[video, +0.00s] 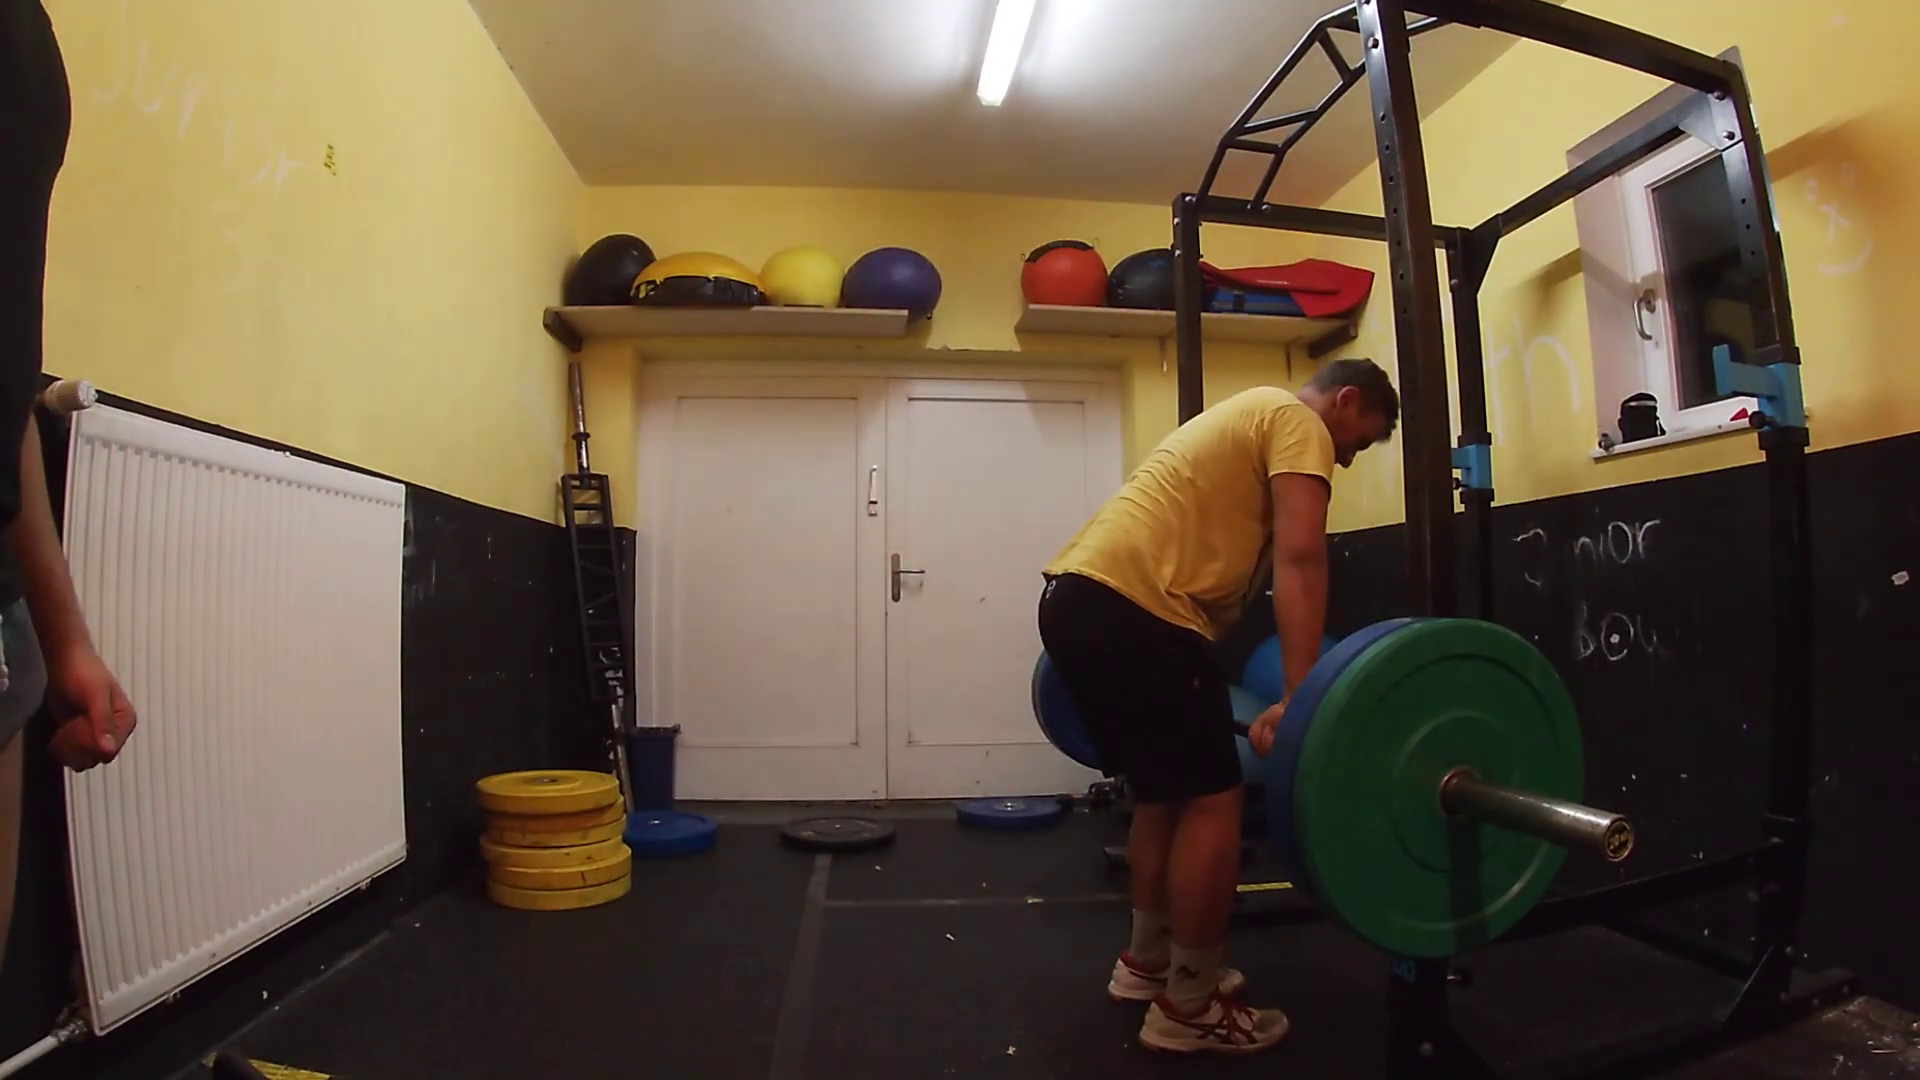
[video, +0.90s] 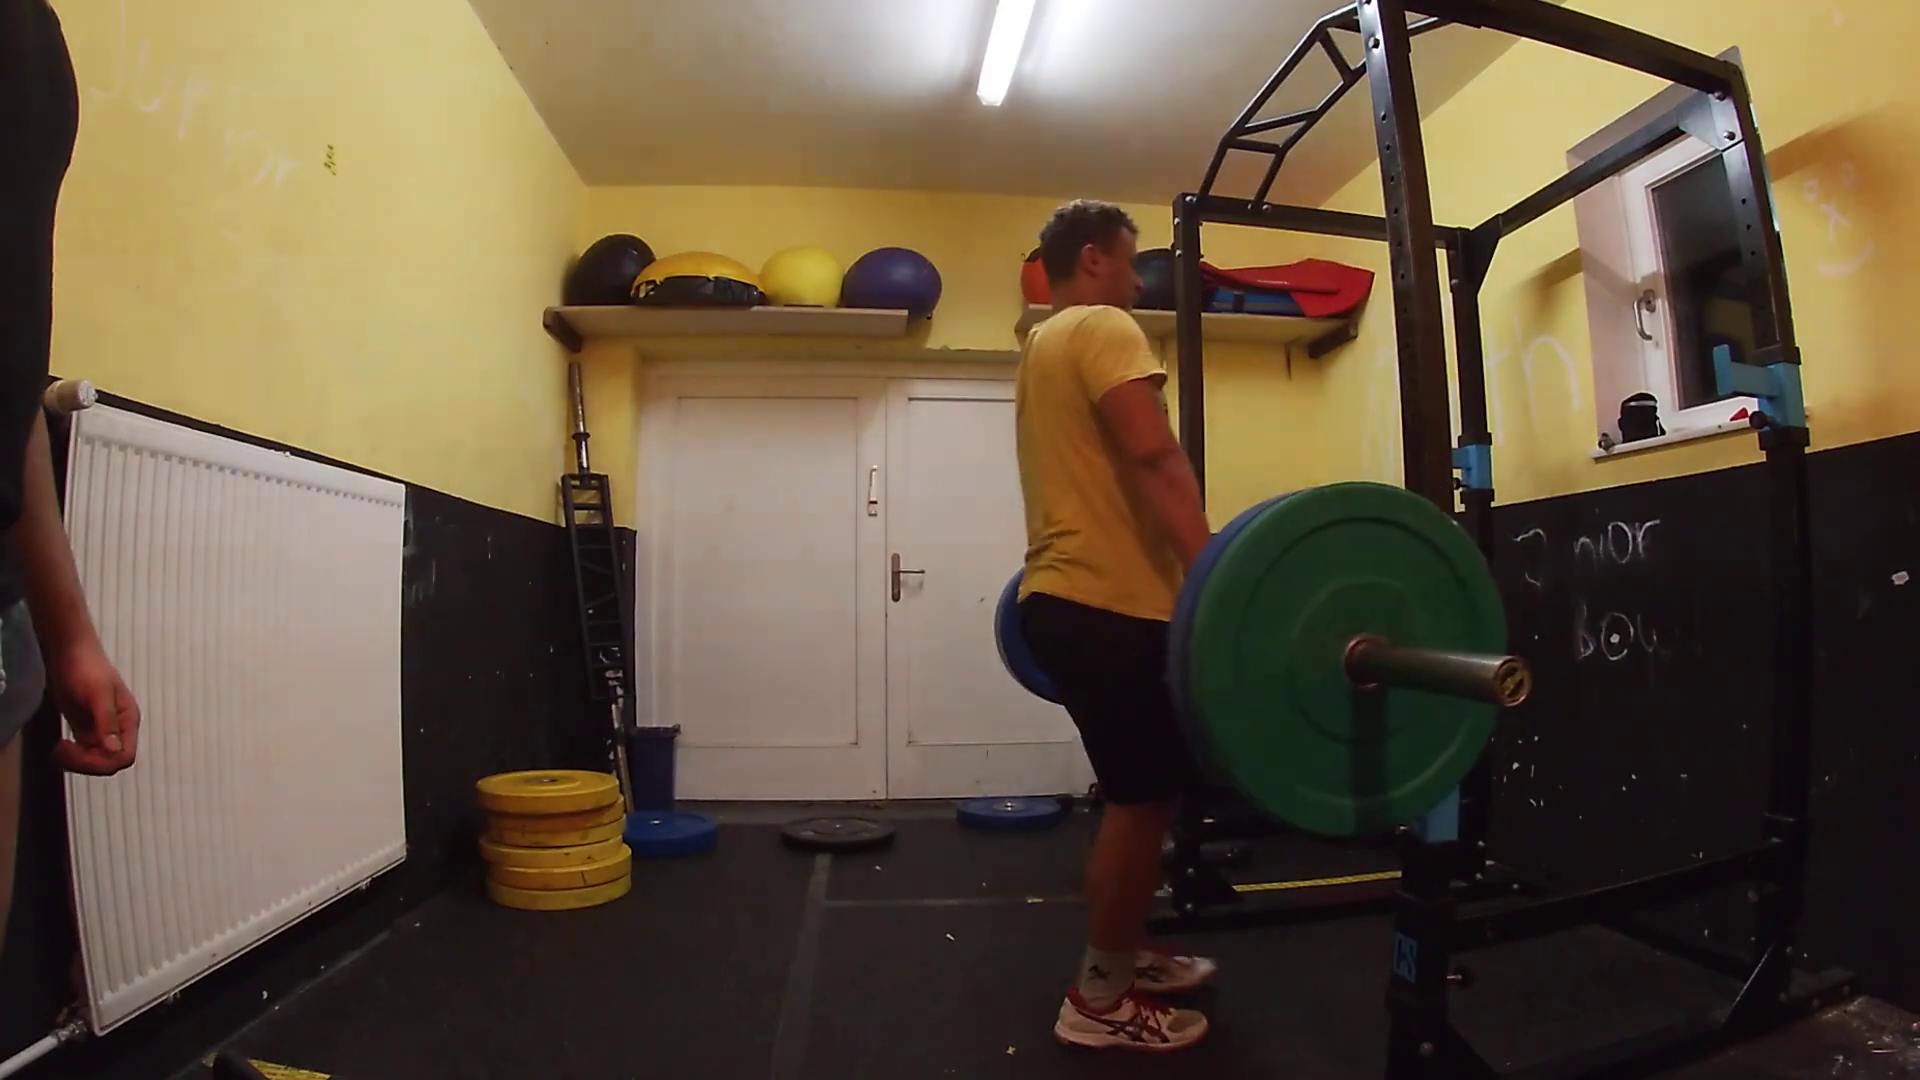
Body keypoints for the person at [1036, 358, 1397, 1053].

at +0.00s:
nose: (1354, 454)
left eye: (1365, 446)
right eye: (1365, 436)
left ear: (1329, 392)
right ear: (1346, 401)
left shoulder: (1247, 417)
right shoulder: (1296, 421)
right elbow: (1300, 557)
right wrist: (1300, 698)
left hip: (1081, 595)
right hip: (1137, 605)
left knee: (1159, 788)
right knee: (1213, 797)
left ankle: (1147, 957)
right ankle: (1190, 1005)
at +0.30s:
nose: (1314, 378)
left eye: (1319, 363)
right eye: (1315, 359)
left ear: (1258, 332)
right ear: (1288, 334)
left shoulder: (1198, 389)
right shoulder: (1253, 389)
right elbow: (1274, 527)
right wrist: (1293, 668)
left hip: (1084, 598)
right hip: (1140, 607)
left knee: (1160, 791)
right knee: (1214, 796)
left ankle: (1148, 960)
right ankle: (1190, 1004)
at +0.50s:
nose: (1250, 313)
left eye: (1251, 298)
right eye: (1247, 296)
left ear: (1182, 288)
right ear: (1214, 283)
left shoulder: (1143, 355)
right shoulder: (1203, 346)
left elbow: (1138, 493)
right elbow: (1244, 474)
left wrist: (1196, 609)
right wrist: (1282, 609)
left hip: (1088, 598)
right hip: (1147, 606)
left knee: (1150, 779)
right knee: (1202, 793)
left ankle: (1147, 957)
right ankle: (1191, 1002)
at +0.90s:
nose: (1136, 279)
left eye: (1135, 264)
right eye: (1130, 262)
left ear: (1070, 264)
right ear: (1094, 259)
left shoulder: (1048, 342)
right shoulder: (1100, 328)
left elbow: (1067, 478)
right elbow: (1154, 459)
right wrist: (1217, 574)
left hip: (1075, 601)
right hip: (1107, 608)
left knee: (1143, 789)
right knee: (1140, 799)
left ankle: (1123, 954)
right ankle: (1098, 997)